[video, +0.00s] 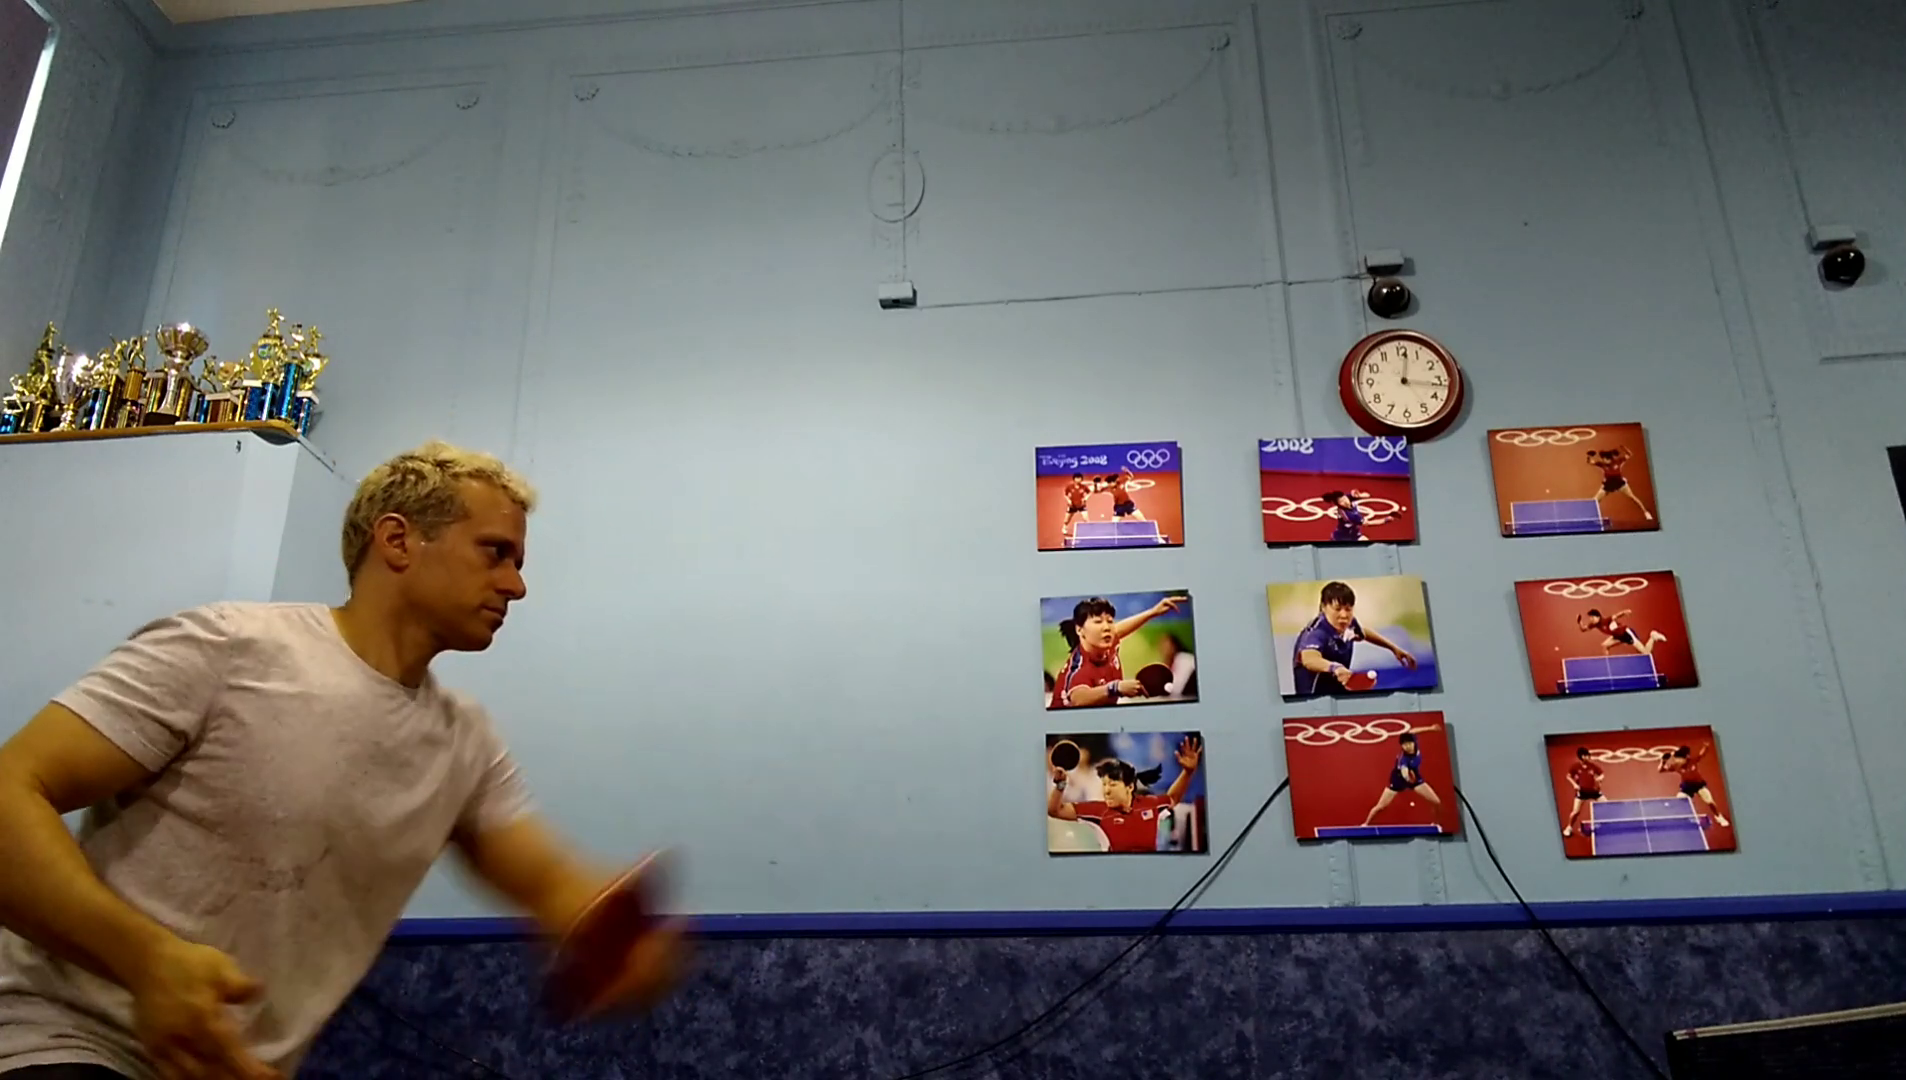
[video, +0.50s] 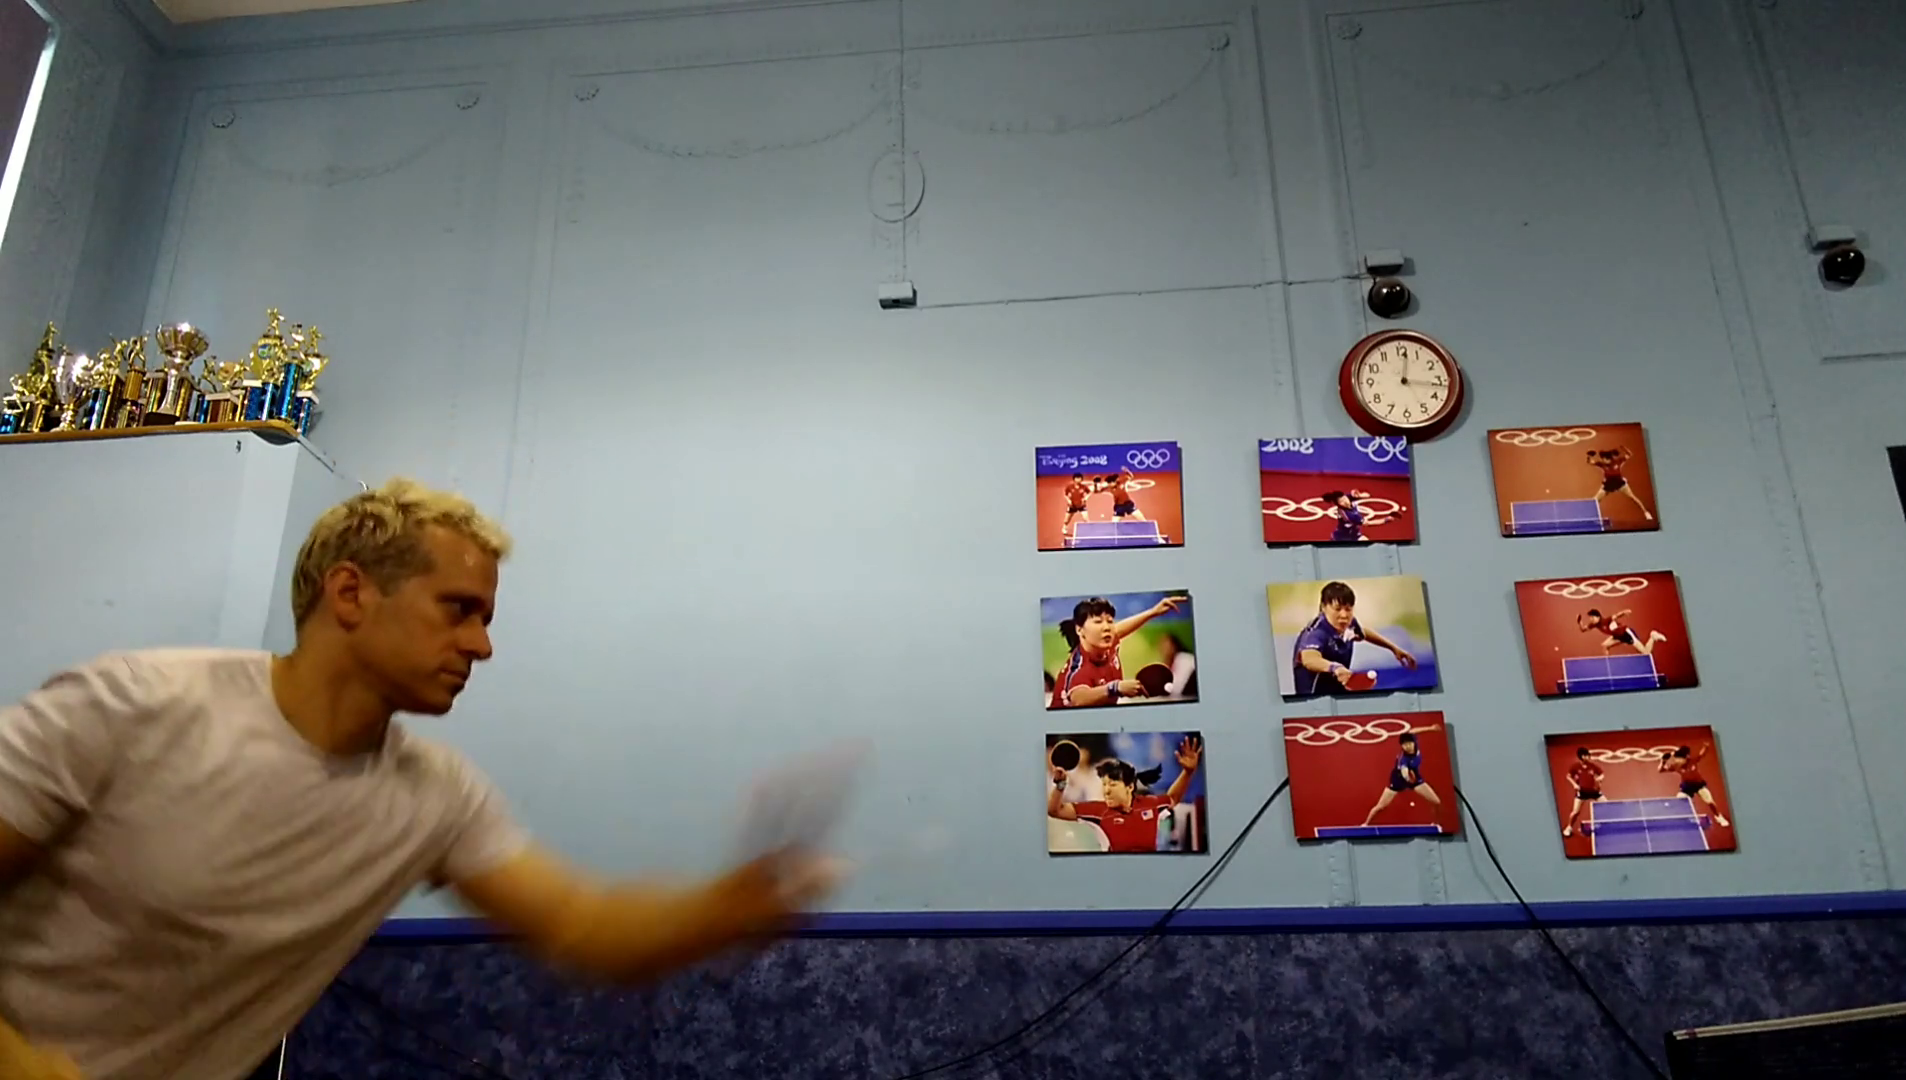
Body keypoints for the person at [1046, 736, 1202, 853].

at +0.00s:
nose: (1107, 790)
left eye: (1113, 785)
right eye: (1104, 785)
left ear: (1130, 787)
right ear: (1101, 787)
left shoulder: (1151, 804)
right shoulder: (1100, 811)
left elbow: (1172, 798)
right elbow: (1055, 811)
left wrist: (1188, 771)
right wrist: (1059, 785)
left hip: (1151, 872)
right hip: (1116, 874)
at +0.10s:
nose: (1107, 790)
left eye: (1113, 785)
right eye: (1104, 785)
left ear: (1130, 787)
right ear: (1101, 787)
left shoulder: (1151, 804)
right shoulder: (1100, 811)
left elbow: (1172, 798)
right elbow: (1055, 811)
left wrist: (1188, 771)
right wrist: (1059, 785)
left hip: (1151, 872)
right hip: (1116, 873)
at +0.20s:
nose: (1107, 790)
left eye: (1113, 785)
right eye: (1104, 785)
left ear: (1130, 787)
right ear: (1101, 787)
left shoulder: (1151, 804)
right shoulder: (1100, 811)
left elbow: (1172, 798)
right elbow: (1055, 811)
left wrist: (1188, 771)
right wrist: (1059, 785)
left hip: (1151, 872)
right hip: (1116, 874)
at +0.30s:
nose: (1107, 790)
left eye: (1113, 785)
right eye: (1104, 785)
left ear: (1130, 787)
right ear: (1101, 786)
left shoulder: (1151, 804)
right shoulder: (1100, 810)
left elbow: (1173, 798)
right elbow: (1055, 811)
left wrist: (1188, 772)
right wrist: (1059, 785)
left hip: (1151, 872)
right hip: (1116, 874)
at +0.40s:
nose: (1107, 790)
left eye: (1113, 785)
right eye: (1104, 785)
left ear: (1130, 787)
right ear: (1101, 787)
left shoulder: (1151, 804)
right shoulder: (1100, 811)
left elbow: (1172, 798)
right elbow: (1055, 811)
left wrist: (1188, 771)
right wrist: (1059, 785)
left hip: (1151, 872)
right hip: (1116, 873)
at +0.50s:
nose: (1107, 790)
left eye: (1113, 785)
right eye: (1104, 785)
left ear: (1130, 787)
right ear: (1101, 787)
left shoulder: (1151, 804)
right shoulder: (1100, 811)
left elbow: (1172, 798)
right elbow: (1055, 811)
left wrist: (1188, 771)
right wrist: (1060, 785)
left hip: (1152, 872)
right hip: (1116, 874)